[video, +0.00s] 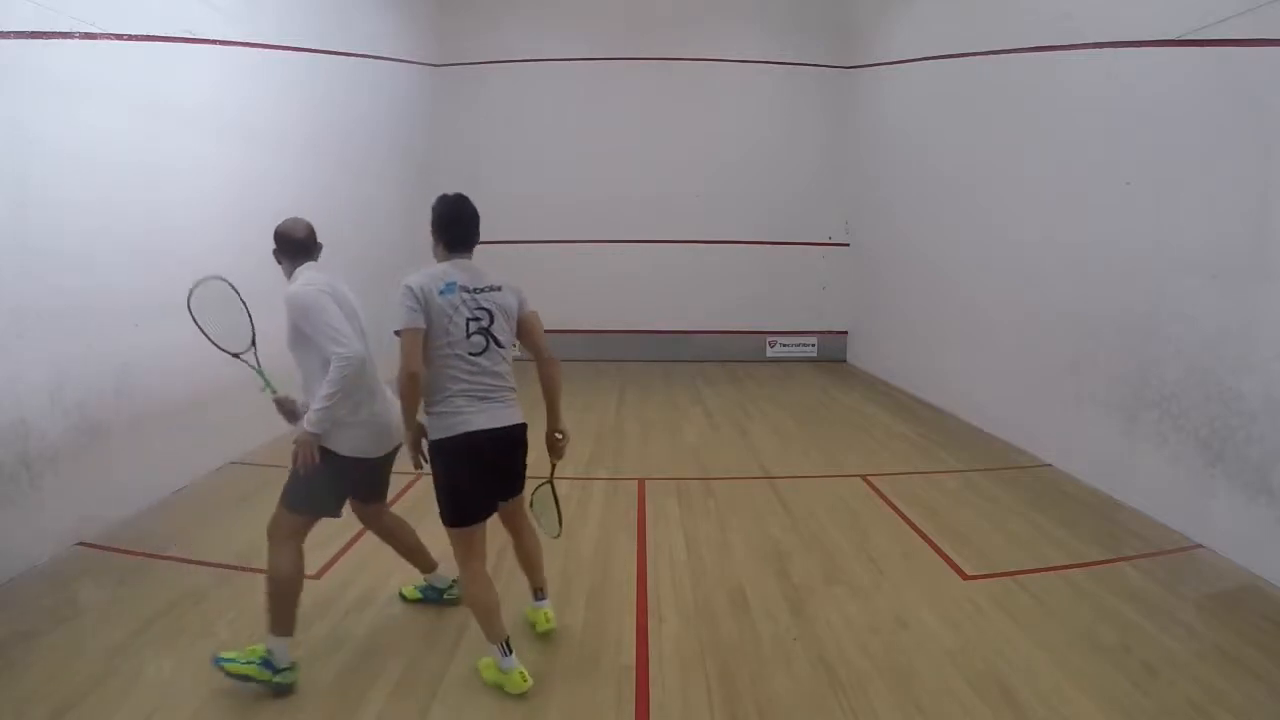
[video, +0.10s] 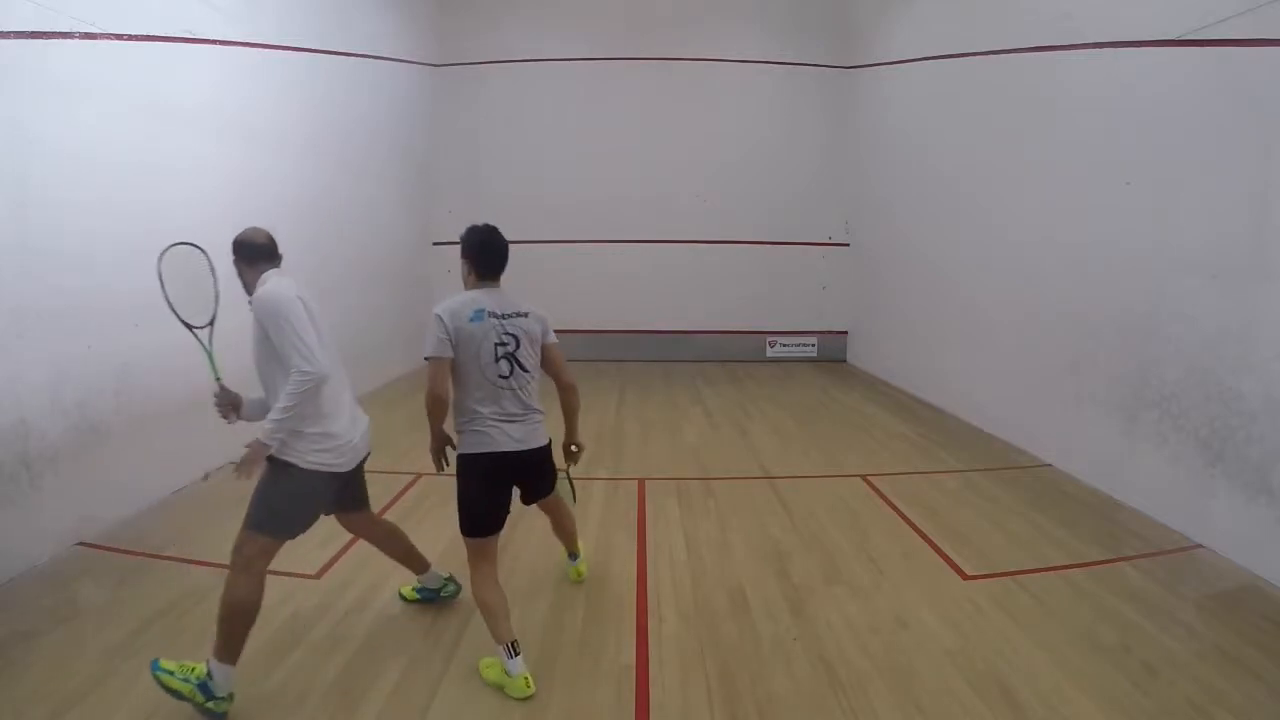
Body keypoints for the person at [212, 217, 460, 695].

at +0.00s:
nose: (276, 258)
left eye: (275, 251)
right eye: (283, 249)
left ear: (277, 254)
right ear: (317, 249)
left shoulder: (303, 294)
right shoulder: (334, 288)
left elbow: (350, 356)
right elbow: (354, 375)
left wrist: (311, 426)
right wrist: (302, 407)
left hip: (343, 435)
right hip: (381, 430)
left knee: (284, 533)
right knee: (370, 508)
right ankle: (439, 578)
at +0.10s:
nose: (236, 274)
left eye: (234, 265)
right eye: (237, 265)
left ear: (238, 262)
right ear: (276, 258)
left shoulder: (271, 296)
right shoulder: (288, 293)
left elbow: (310, 371)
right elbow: (295, 393)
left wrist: (265, 440)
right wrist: (244, 406)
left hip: (309, 451)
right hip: (344, 439)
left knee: (249, 558)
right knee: (358, 518)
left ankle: (217, 683)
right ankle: (435, 580)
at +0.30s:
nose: (141, 325)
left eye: (140, 313)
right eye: (141, 314)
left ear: (150, 309)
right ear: (183, 301)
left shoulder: (194, 336)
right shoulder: (191, 348)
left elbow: (188, 426)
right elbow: (144, 445)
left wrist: (148, 479)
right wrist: (136, 415)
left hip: (254, 493)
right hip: (292, 483)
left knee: (163, 581)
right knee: (301, 562)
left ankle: (185, 702)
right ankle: (394, 607)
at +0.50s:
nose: (96, 341)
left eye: (95, 334)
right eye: (97, 333)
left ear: (101, 329)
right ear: (140, 319)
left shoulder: (114, 360)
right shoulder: (169, 348)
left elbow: (110, 459)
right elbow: (170, 446)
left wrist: (84, 547)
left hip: (222, 499)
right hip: (278, 476)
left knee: (141, 588)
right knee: (292, 560)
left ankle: (185, 703)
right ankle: (377, 620)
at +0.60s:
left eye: (111, 305)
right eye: (154, 296)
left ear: (107, 306)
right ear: (155, 299)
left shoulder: (109, 339)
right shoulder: (174, 335)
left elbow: (102, 426)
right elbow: (204, 409)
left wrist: (87, 525)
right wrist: (178, 482)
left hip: (209, 487)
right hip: (273, 464)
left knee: (148, 585)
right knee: (284, 554)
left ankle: (185, 700)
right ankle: (369, 631)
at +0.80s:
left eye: (154, 265)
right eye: (199, 261)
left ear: (151, 271)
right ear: (202, 265)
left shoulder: (143, 325)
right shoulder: (238, 313)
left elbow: (143, 416)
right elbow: (305, 369)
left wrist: (131, 503)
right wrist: (327, 403)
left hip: (218, 485)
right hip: (284, 471)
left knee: (159, 580)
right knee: (283, 563)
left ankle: (183, 702)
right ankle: (385, 640)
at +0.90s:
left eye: (188, 251)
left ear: (190, 260)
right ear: (240, 255)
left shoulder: (177, 320)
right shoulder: (278, 305)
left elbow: (179, 415)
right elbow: (332, 376)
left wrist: (180, 483)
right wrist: (352, 433)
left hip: (241, 483)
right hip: (310, 472)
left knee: (187, 578)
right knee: (313, 564)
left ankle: (185, 702)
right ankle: (399, 664)